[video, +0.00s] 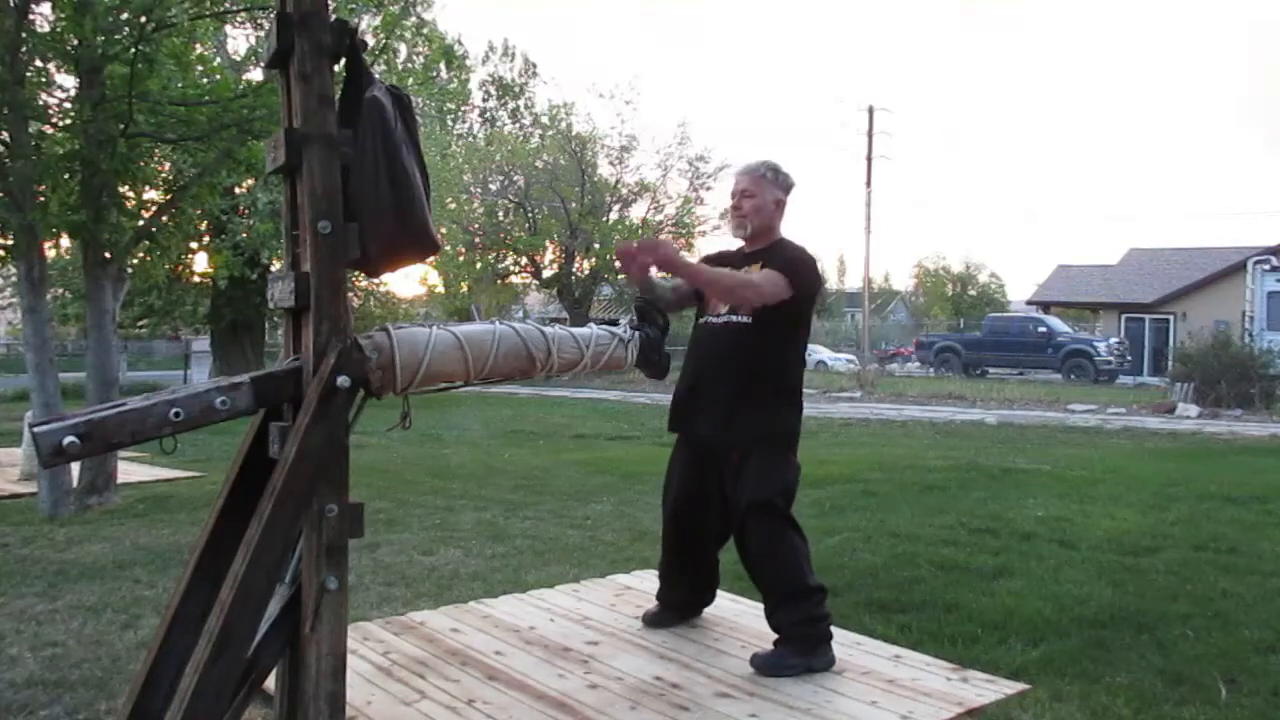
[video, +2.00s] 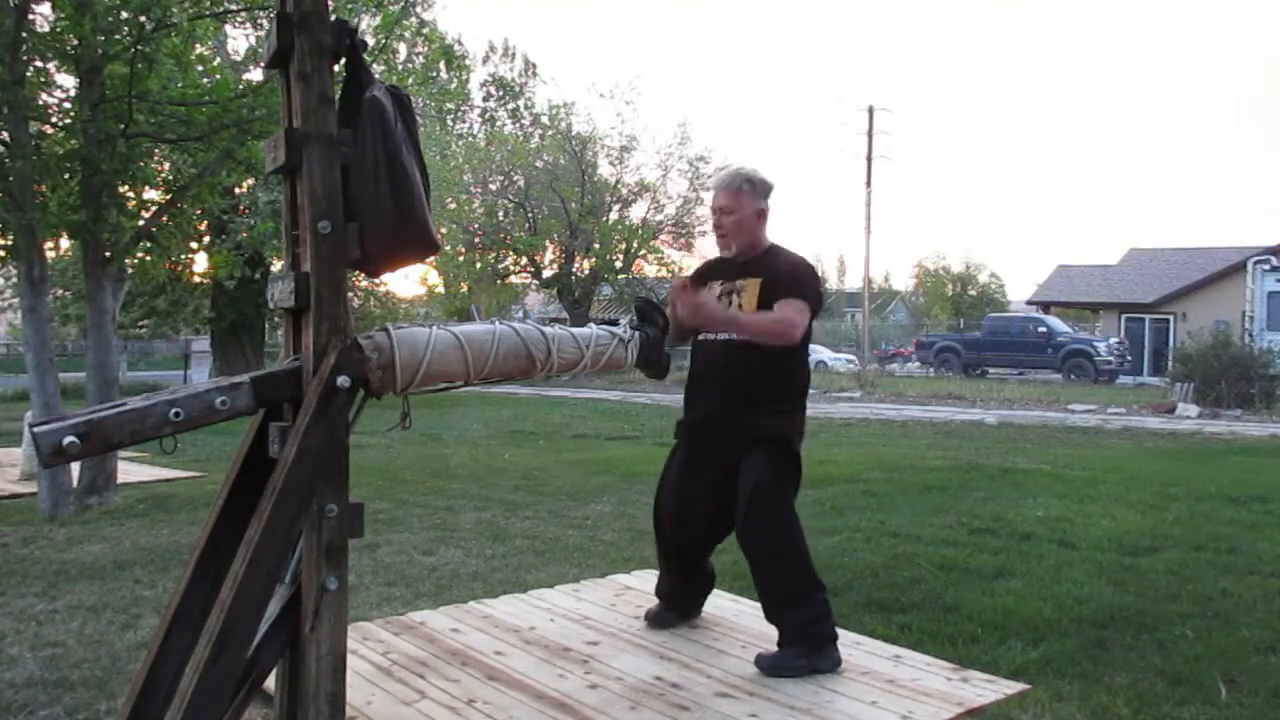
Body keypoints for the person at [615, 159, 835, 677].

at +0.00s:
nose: (737, 204)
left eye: (748, 196)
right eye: (734, 197)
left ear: (779, 201)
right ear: (732, 206)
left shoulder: (795, 262)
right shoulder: (718, 265)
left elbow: (754, 291)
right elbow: (669, 299)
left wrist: (684, 265)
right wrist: (643, 282)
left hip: (762, 425)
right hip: (702, 418)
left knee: (764, 526)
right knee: (685, 513)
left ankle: (807, 640)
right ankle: (682, 599)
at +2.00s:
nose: (717, 222)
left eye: (728, 212)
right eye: (714, 212)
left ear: (761, 213)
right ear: (713, 213)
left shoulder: (793, 271)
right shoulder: (708, 275)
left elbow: (789, 327)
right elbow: (678, 330)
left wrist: (715, 317)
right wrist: (679, 312)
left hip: (767, 433)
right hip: (705, 428)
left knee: (763, 519)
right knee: (676, 512)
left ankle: (813, 643)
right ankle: (682, 595)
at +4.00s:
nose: (732, 215)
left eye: (741, 205)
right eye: (727, 207)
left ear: (770, 205)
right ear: (722, 212)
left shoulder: (787, 262)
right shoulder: (720, 265)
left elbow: (718, 274)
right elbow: (679, 316)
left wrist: (648, 247)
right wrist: (688, 269)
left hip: (763, 428)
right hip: (704, 423)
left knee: (765, 533)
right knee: (681, 511)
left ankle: (813, 643)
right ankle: (681, 599)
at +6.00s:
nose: (734, 220)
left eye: (744, 211)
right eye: (730, 211)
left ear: (776, 212)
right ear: (728, 213)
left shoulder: (801, 272)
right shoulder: (720, 266)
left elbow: (764, 318)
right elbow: (681, 279)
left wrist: (705, 298)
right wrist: (645, 258)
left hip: (763, 433)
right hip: (699, 424)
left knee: (766, 537)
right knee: (674, 517)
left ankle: (815, 643)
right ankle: (682, 598)